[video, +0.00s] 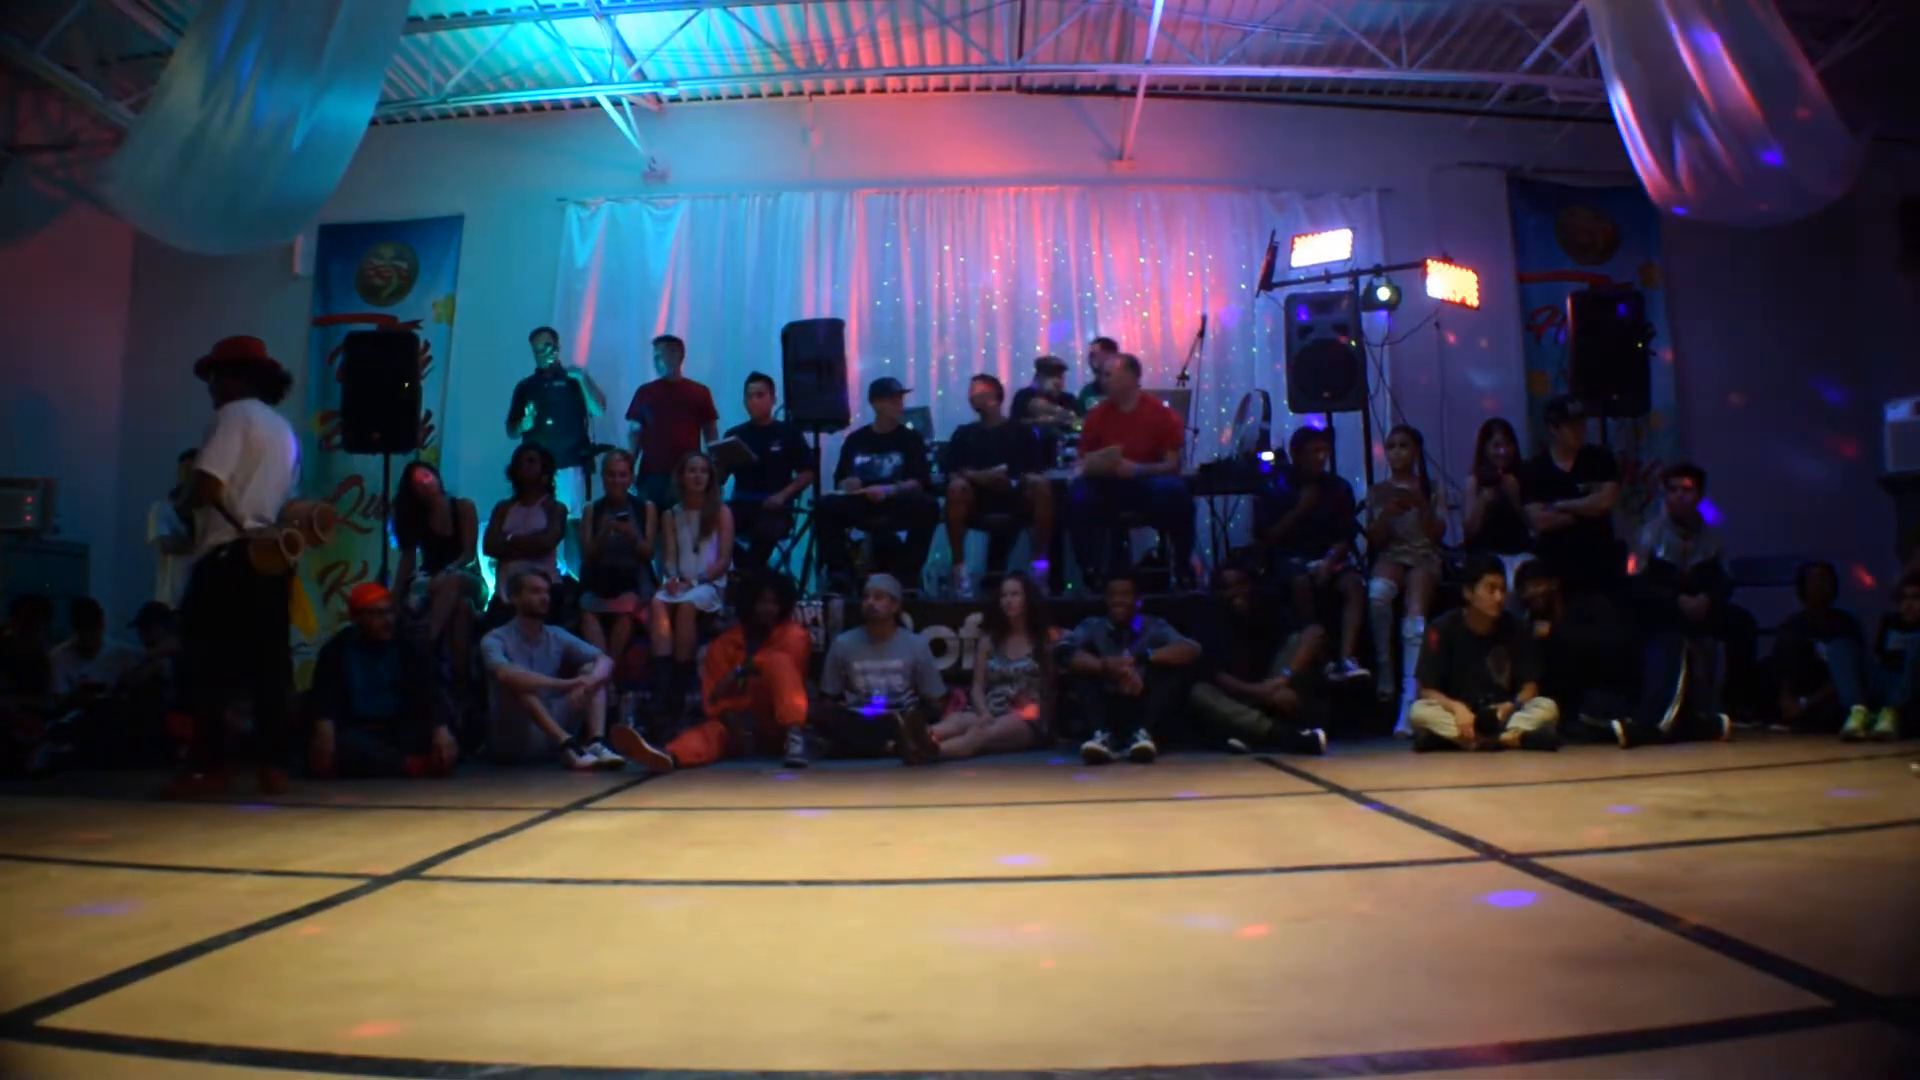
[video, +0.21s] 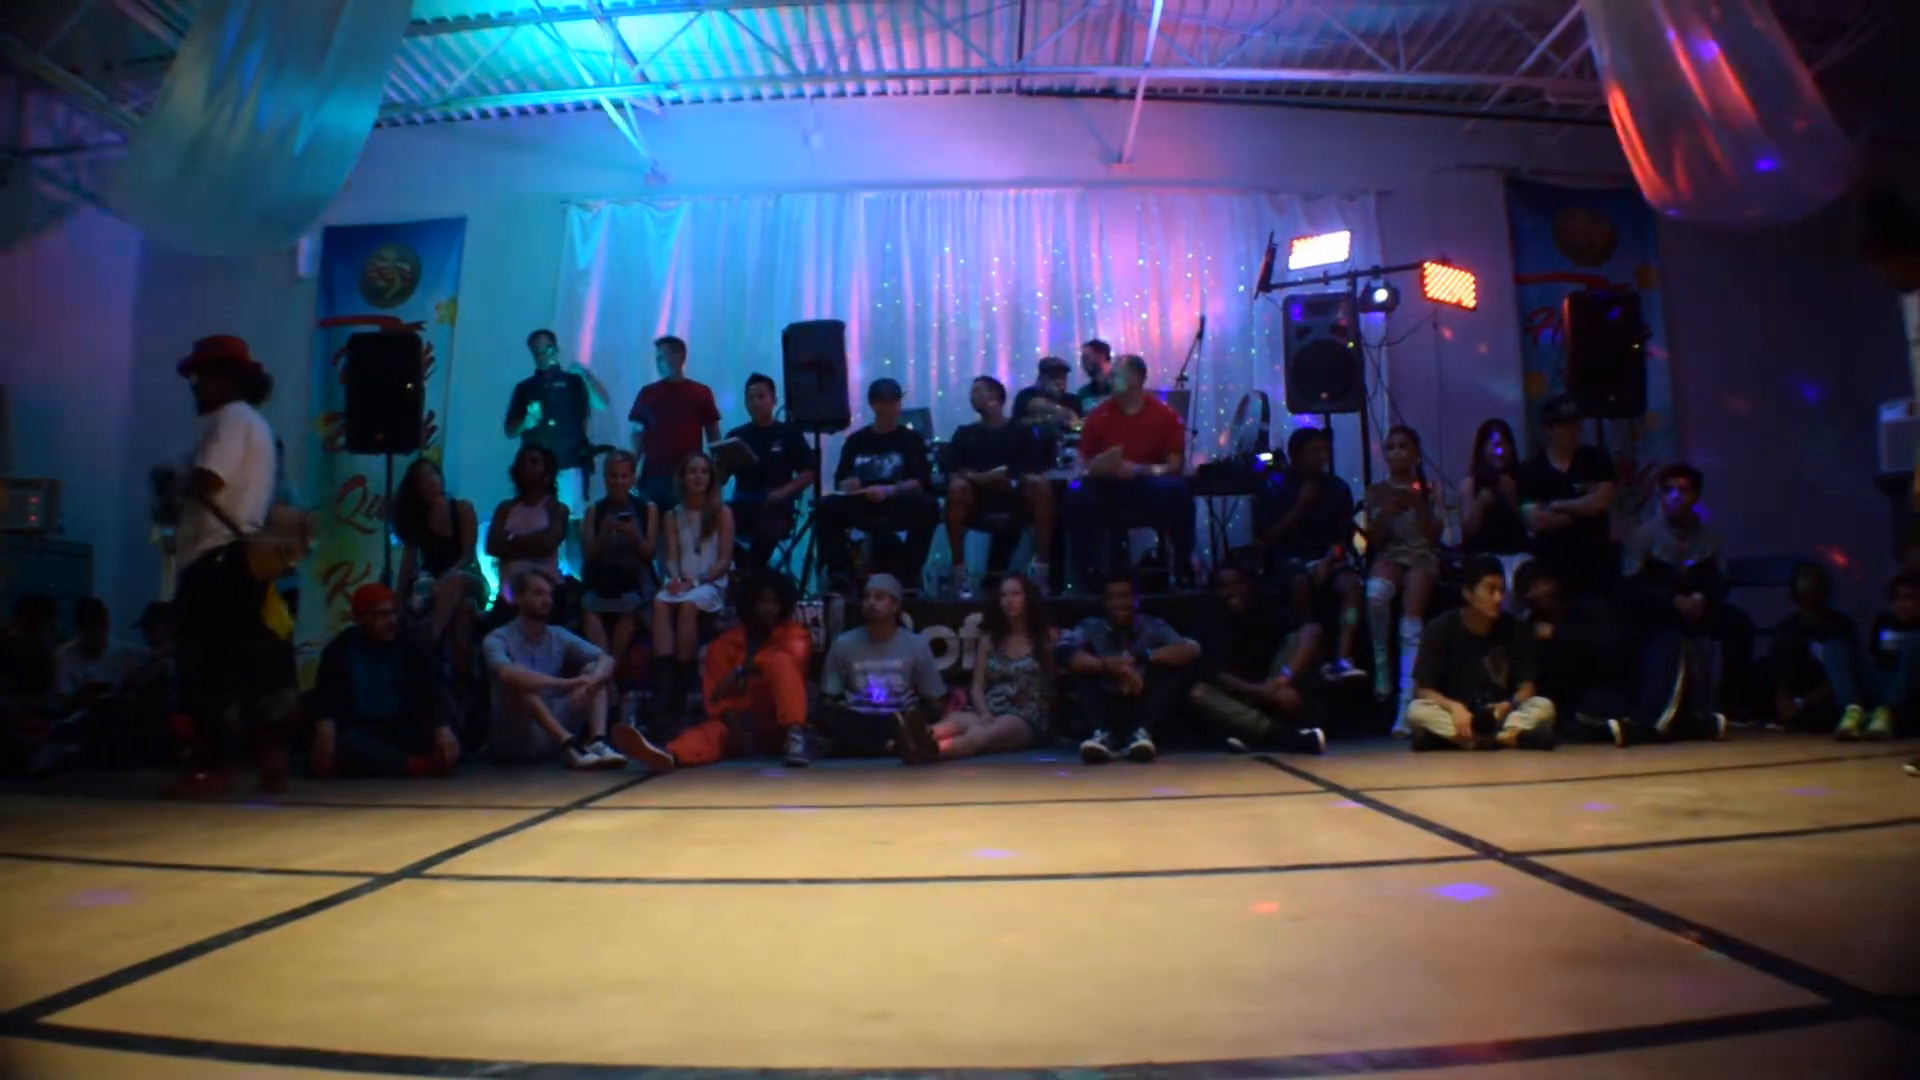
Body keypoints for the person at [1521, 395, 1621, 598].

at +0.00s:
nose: (1579, 432)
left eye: (1580, 424)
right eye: (1571, 426)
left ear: (1584, 425)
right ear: (1553, 429)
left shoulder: (1600, 458)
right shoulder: (1535, 469)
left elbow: (1606, 501)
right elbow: (1538, 521)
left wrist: (1558, 506)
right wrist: (1585, 509)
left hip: (1600, 562)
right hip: (1556, 566)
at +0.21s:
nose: (1572, 433)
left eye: (1574, 425)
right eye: (1564, 427)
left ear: (1579, 427)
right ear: (1548, 430)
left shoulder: (1596, 459)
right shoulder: (1532, 470)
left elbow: (1601, 501)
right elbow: (1535, 520)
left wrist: (1554, 506)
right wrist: (1583, 508)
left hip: (1595, 559)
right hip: (1551, 564)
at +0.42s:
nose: (1563, 433)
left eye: (1568, 425)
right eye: (1557, 427)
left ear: (1576, 427)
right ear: (1547, 429)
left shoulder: (1597, 458)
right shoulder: (1533, 470)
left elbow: (1603, 500)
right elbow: (1537, 520)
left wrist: (1557, 505)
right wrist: (1586, 505)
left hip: (1597, 558)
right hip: (1554, 564)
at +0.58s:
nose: (1543, 435)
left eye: (1549, 428)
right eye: (1540, 429)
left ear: (1566, 429)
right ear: (1536, 431)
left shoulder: (1596, 457)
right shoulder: (1533, 470)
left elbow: (1603, 499)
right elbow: (1537, 520)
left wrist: (1557, 506)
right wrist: (1584, 508)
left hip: (1597, 552)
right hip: (1553, 557)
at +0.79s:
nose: (1535, 440)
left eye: (1539, 433)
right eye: (1535, 433)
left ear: (1558, 432)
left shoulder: (1596, 457)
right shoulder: (1534, 469)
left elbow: (1601, 499)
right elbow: (1536, 519)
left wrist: (1555, 505)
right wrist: (1584, 505)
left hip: (1596, 546)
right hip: (1553, 553)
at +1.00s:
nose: (1535, 439)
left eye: (1539, 432)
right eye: (1534, 433)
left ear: (1558, 430)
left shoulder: (1596, 457)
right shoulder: (1534, 469)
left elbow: (1601, 497)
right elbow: (1536, 518)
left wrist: (1553, 504)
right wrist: (1583, 506)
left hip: (1596, 555)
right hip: (1556, 559)